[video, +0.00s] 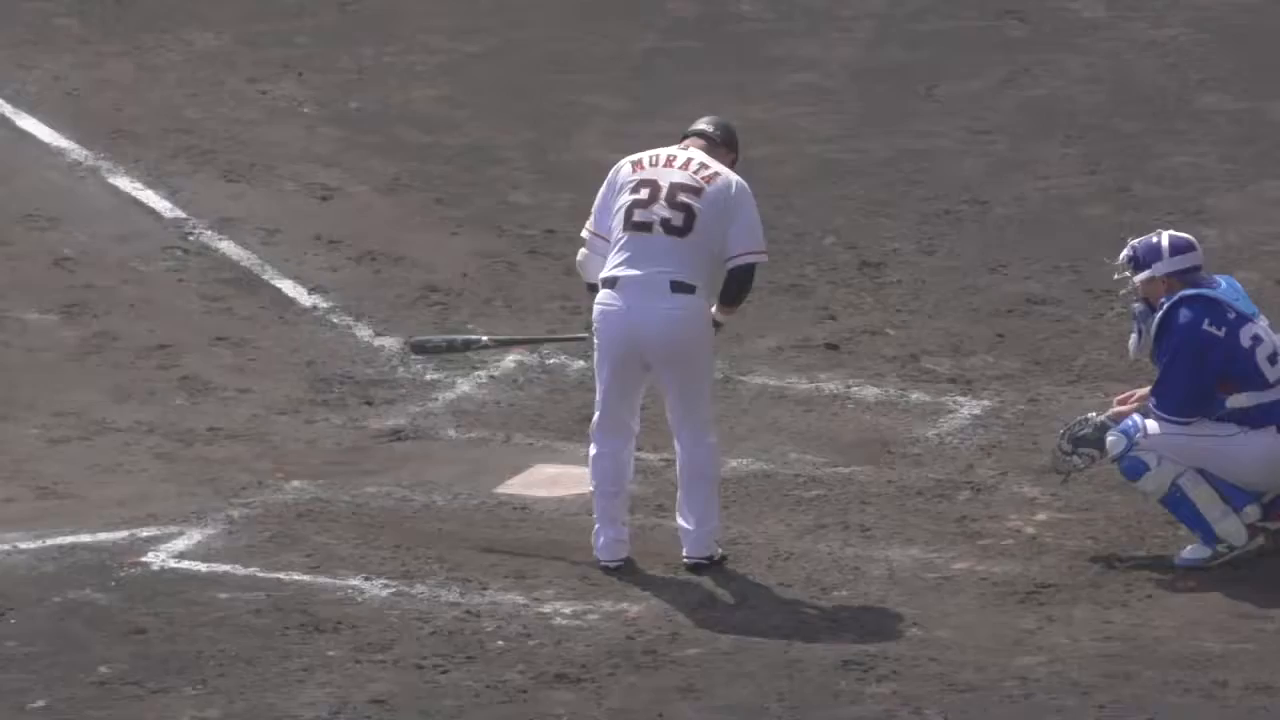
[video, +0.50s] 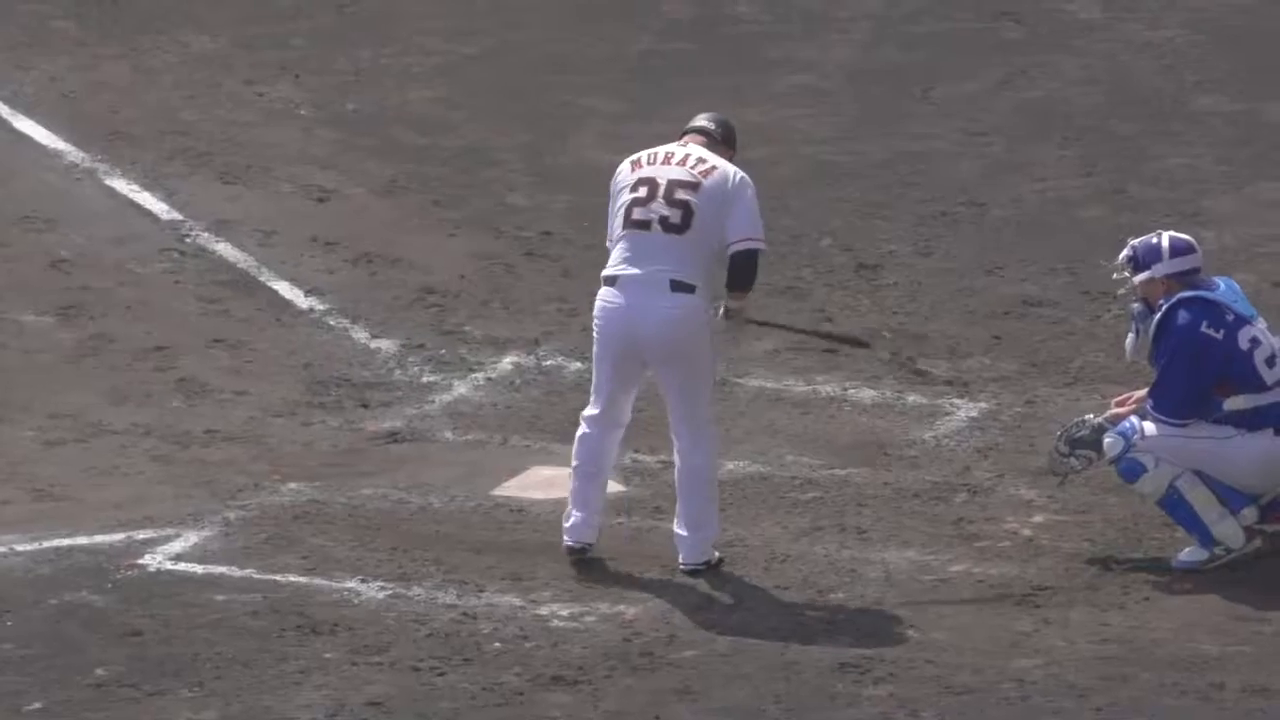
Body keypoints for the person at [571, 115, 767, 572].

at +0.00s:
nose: (730, 165)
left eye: (730, 159)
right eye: (732, 160)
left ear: (686, 139)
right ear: (726, 152)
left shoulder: (628, 165)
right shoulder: (731, 183)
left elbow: (591, 255)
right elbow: (742, 270)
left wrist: (610, 296)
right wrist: (720, 315)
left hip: (614, 304)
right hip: (683, 307)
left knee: (612, 427)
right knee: (693, 431)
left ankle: (610, 546)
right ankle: (699, 545)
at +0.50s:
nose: (726, 160)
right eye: (729, 154)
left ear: (683, 136)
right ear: (726, 148)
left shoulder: (629, 163)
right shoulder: (732, 177)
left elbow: (616, 238)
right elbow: (743, 264)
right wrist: (734, 303)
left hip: (614, 301)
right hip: (681, 307)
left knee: (602, 416)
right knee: (693, 431)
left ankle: (578, 532)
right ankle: (695, 549)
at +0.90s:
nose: (740, 161)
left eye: (740, 156)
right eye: (741, 156)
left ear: (696, 134)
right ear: (736, 148)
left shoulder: (640, 166)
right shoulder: (737, 173)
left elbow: (635, 239)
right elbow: (752, 249)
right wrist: (740, 275)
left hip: (624, 300)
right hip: (687, 308)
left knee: (615, 422)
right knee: (718, 432)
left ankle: (591, 537)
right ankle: (724, 546)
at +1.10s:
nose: (744, 151)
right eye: (745, 144)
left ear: (703, 131)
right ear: (742, 140)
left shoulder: (650, 164)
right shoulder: (747, 167)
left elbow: (643, 235)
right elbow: (768, 242)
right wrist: (751, 260)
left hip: (639, 299)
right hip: (704, 306)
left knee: (629, 421)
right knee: (729, 430)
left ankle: (610, 537)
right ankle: (732, 547)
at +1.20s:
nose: (744, 147)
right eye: (746, 139)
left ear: (704, 129)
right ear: (743, 136)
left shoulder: (653, 164)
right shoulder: (748, 166)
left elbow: (650, 234)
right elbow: (774, 238)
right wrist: (757, 258)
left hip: (643, 301)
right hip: (707, 307)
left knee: (633, 417)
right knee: (733, 429)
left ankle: (601, 531)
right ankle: (736, 546)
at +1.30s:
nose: (740, 141)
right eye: (742, 133)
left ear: (698, 125)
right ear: (739, 131)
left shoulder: (651, 163)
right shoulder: (747, 166)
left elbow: (652, 233)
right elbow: (775, 239)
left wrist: (741, 243)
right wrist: (752, 251)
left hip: (642, 303)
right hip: (706, 309)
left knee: (633, 419)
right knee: (736, 429)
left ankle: (602, 532)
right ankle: (739, 545)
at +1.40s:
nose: (737, 138)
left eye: (732, 131)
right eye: (737, 131)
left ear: (691, 123)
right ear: (732, 129)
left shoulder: (648, 162)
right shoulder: (743, 163)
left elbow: (654, 227)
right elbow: (776, 238)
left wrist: (737, 229)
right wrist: (740, 240)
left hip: (643, 303)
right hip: (706, 309)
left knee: (636, 418)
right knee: (738, 430)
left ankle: (604, 531)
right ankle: (740, 545)